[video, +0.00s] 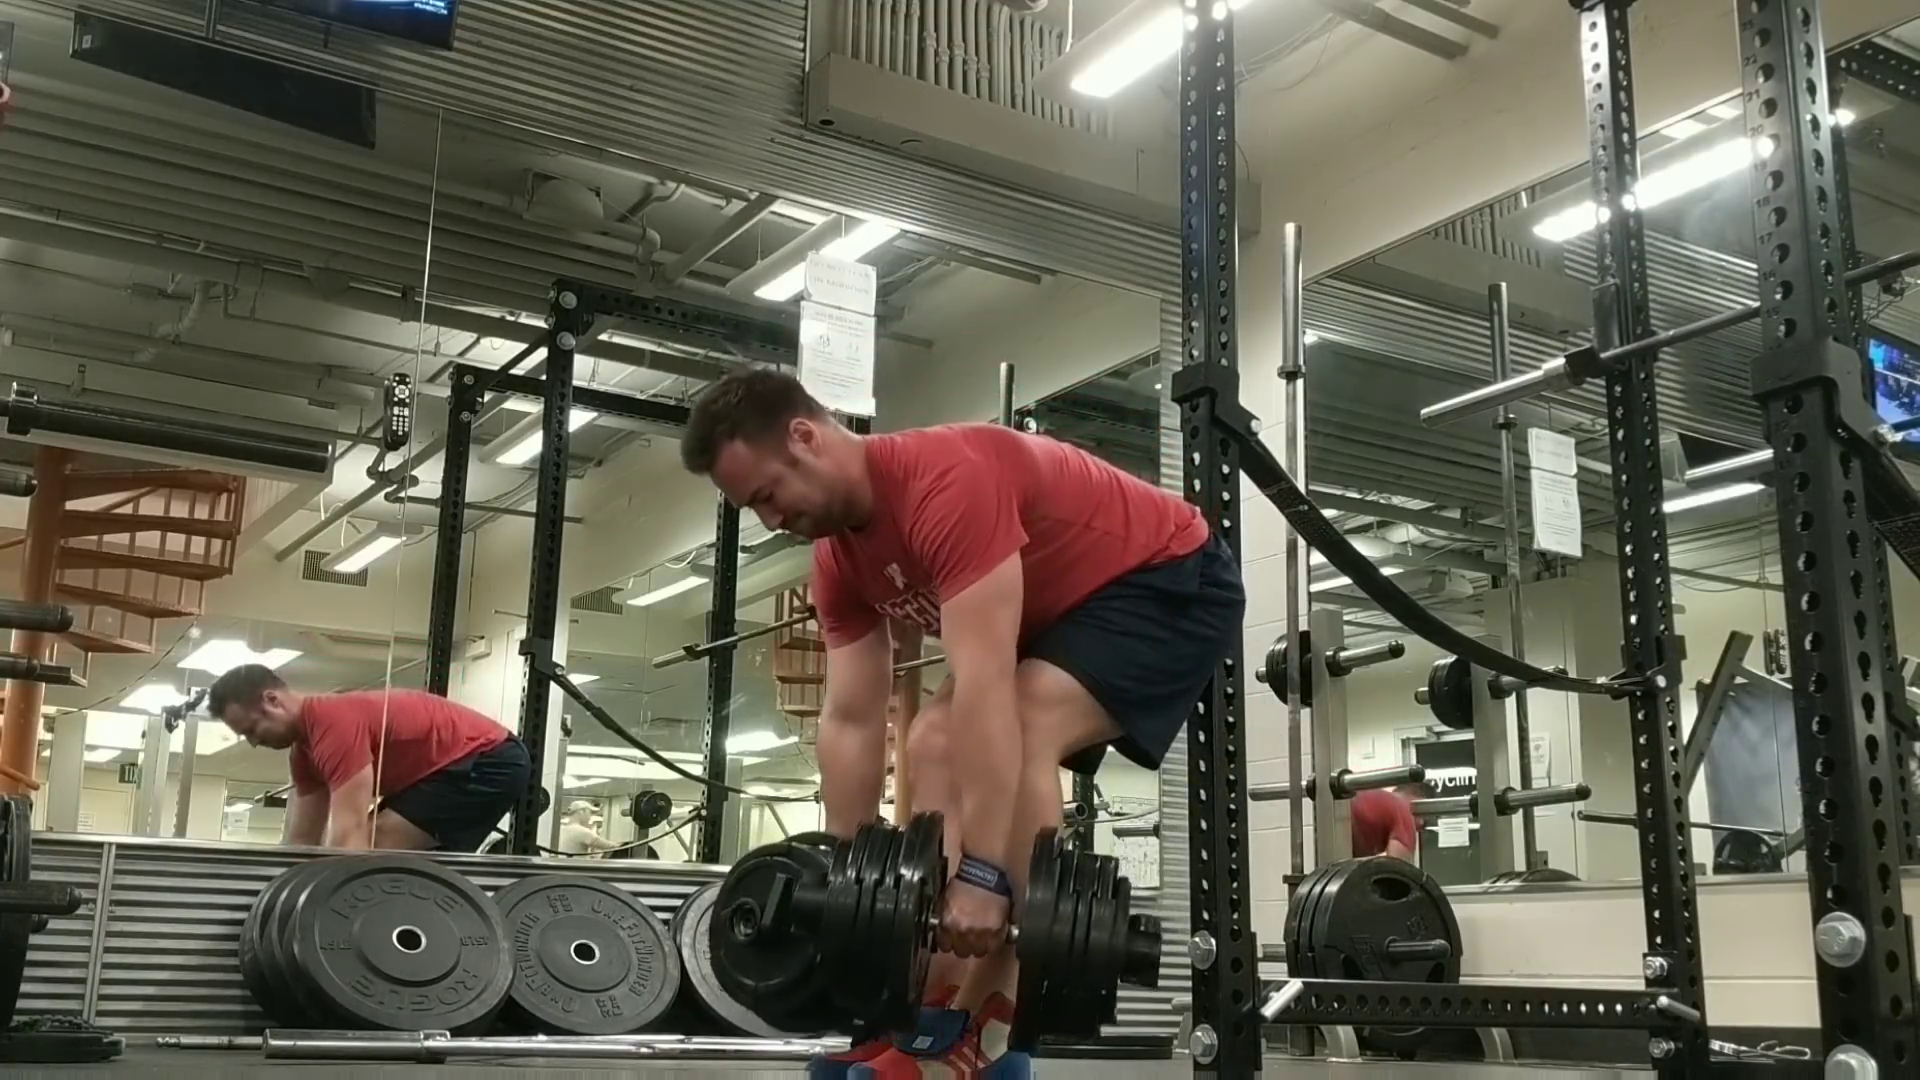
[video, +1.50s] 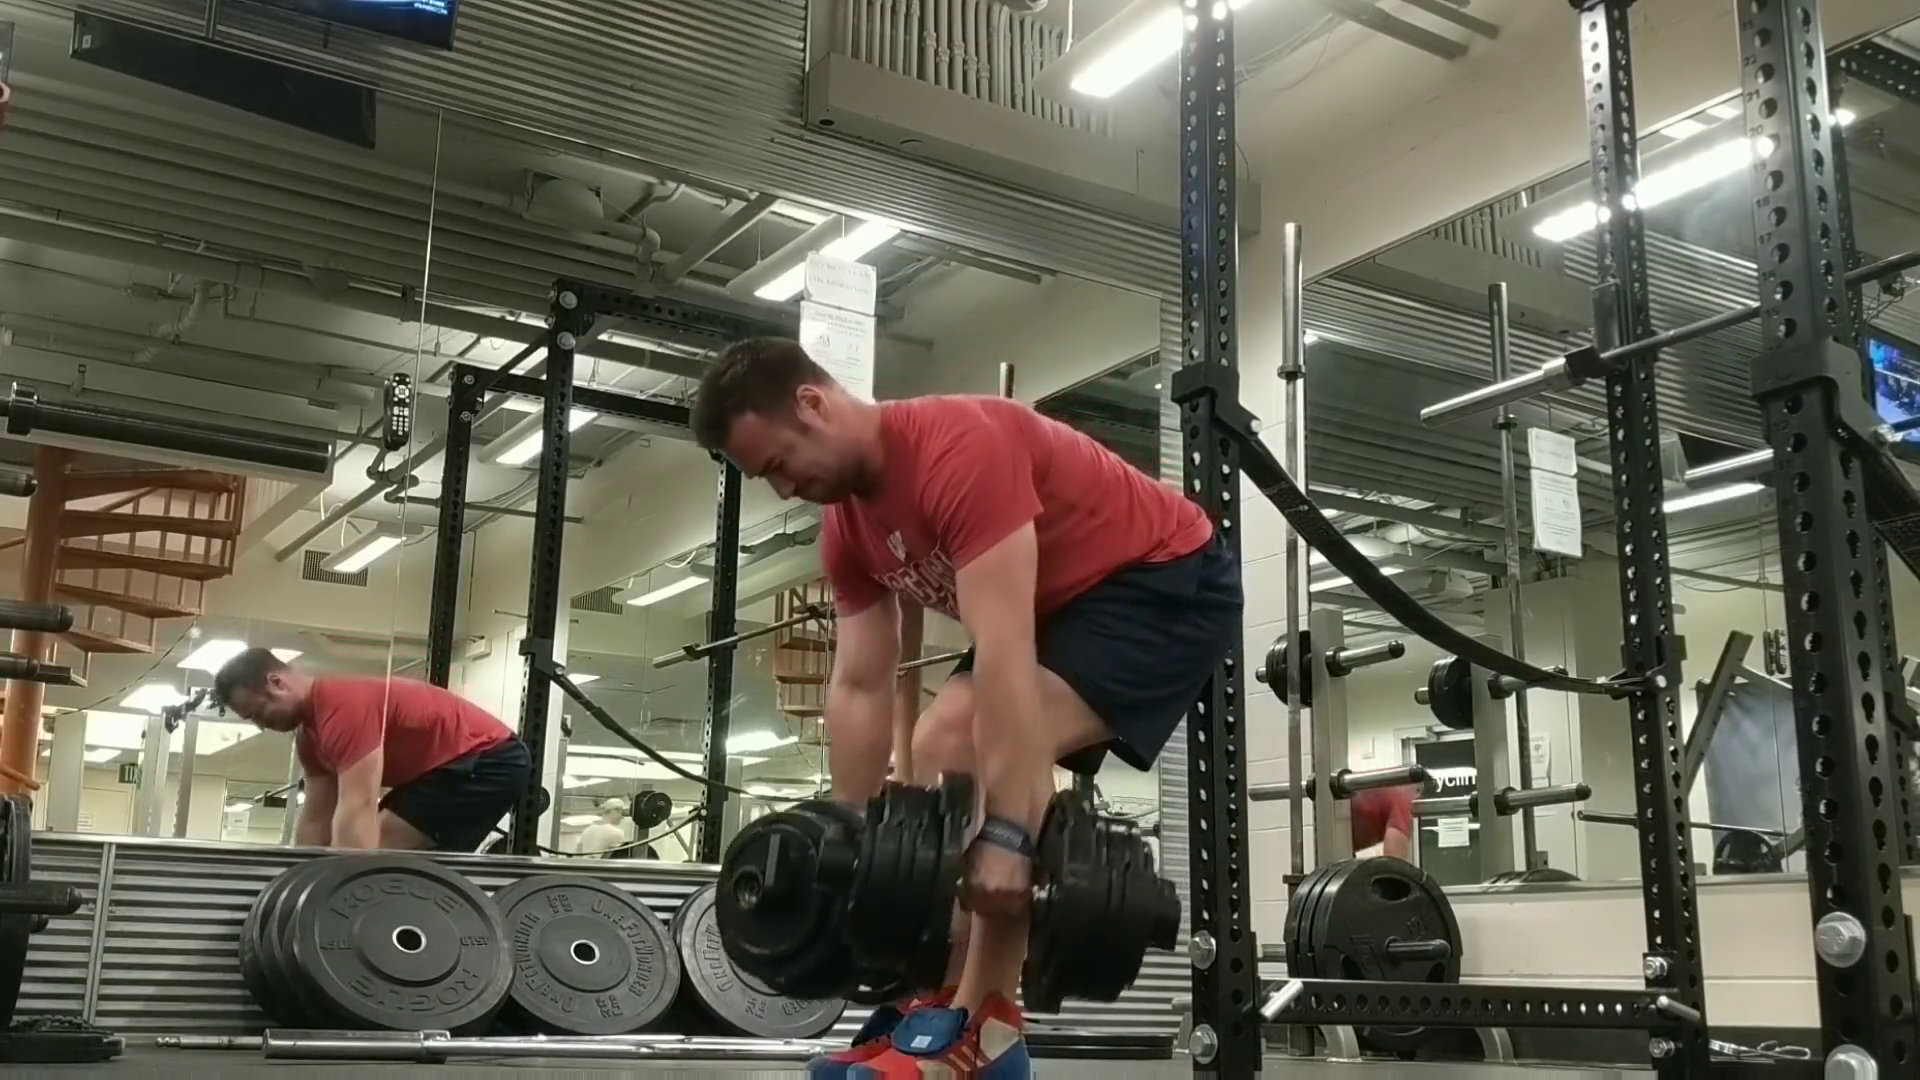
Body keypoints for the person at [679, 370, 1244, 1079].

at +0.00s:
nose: (767, 520)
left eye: (766, 495)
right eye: (751, 509)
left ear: (807, 437)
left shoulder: (953, 482)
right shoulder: (842, 560)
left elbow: (985, 683)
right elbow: (851, 719)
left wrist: (982, 875)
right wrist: (845, 884)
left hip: (1169, 576)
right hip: (1062, 612)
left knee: (1019, 727)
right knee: (935, 740)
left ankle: (988, 1033)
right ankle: (930, 1019)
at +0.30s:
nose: (801, 468)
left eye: (793, 444)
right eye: (783, 458)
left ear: (827, 382)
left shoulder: (973, 414)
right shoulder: (858, 505)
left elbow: (1064, 580)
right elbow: (885, 641)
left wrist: (1055, 761)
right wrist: (872, 794)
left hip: (1167, 572)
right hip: (1044, 596)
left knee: (1027, 735)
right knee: (950, 728)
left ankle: (989, 1019)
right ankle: (940, 1003)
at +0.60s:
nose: (854, 444)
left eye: (844, 427)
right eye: (839, 440)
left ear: (857, 359)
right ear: (853, 366)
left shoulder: (1004, 353)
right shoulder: (880, 444)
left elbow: (1141, 480)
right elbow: (938, 565)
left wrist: (1143, 644)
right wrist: (912, 696)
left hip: (1159, 565)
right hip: (1050, 589)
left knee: (1023, 735)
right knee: (952, 732)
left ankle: (992, 1017)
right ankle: (941, 1004)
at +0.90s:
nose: (857, 458)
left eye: (846, 443)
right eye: (841, 455)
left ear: (853, 375)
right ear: (849, 379)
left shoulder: (999, 362)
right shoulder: (881, 454)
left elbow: (1158, 465)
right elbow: (953, 563)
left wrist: (1166, 633)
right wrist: (926, 693)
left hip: (1160, 568)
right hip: (1054, 598)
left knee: (1021, 728)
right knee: (955, 730)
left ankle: (993, 1017)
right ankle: (943, 1003)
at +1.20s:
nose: (818, 466)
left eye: (808, 446)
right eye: (800, 461)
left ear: (832, 381)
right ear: (833, 384)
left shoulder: (986, 392)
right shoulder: (861, 473)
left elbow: (1086, 557)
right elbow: (902, 619)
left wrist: (1093, 736)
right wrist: (891, 770)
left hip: (1167, 570)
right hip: (1043, 594)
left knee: (1030, 754)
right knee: (953, 744)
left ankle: (990, 1019)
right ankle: (943, 1001)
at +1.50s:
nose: (783, 489)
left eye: (780, 463)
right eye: (767, 478)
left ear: (817, 401)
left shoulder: (964, 448)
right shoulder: (849, 528)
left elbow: (1003, 650)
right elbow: (861, 687)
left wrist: (1009, 833)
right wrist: (848, 850)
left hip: (1165, 578)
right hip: (1058, 607)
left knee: (1000, 744)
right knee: (941, 739)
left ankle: (989, 1020)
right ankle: (937, 1004)